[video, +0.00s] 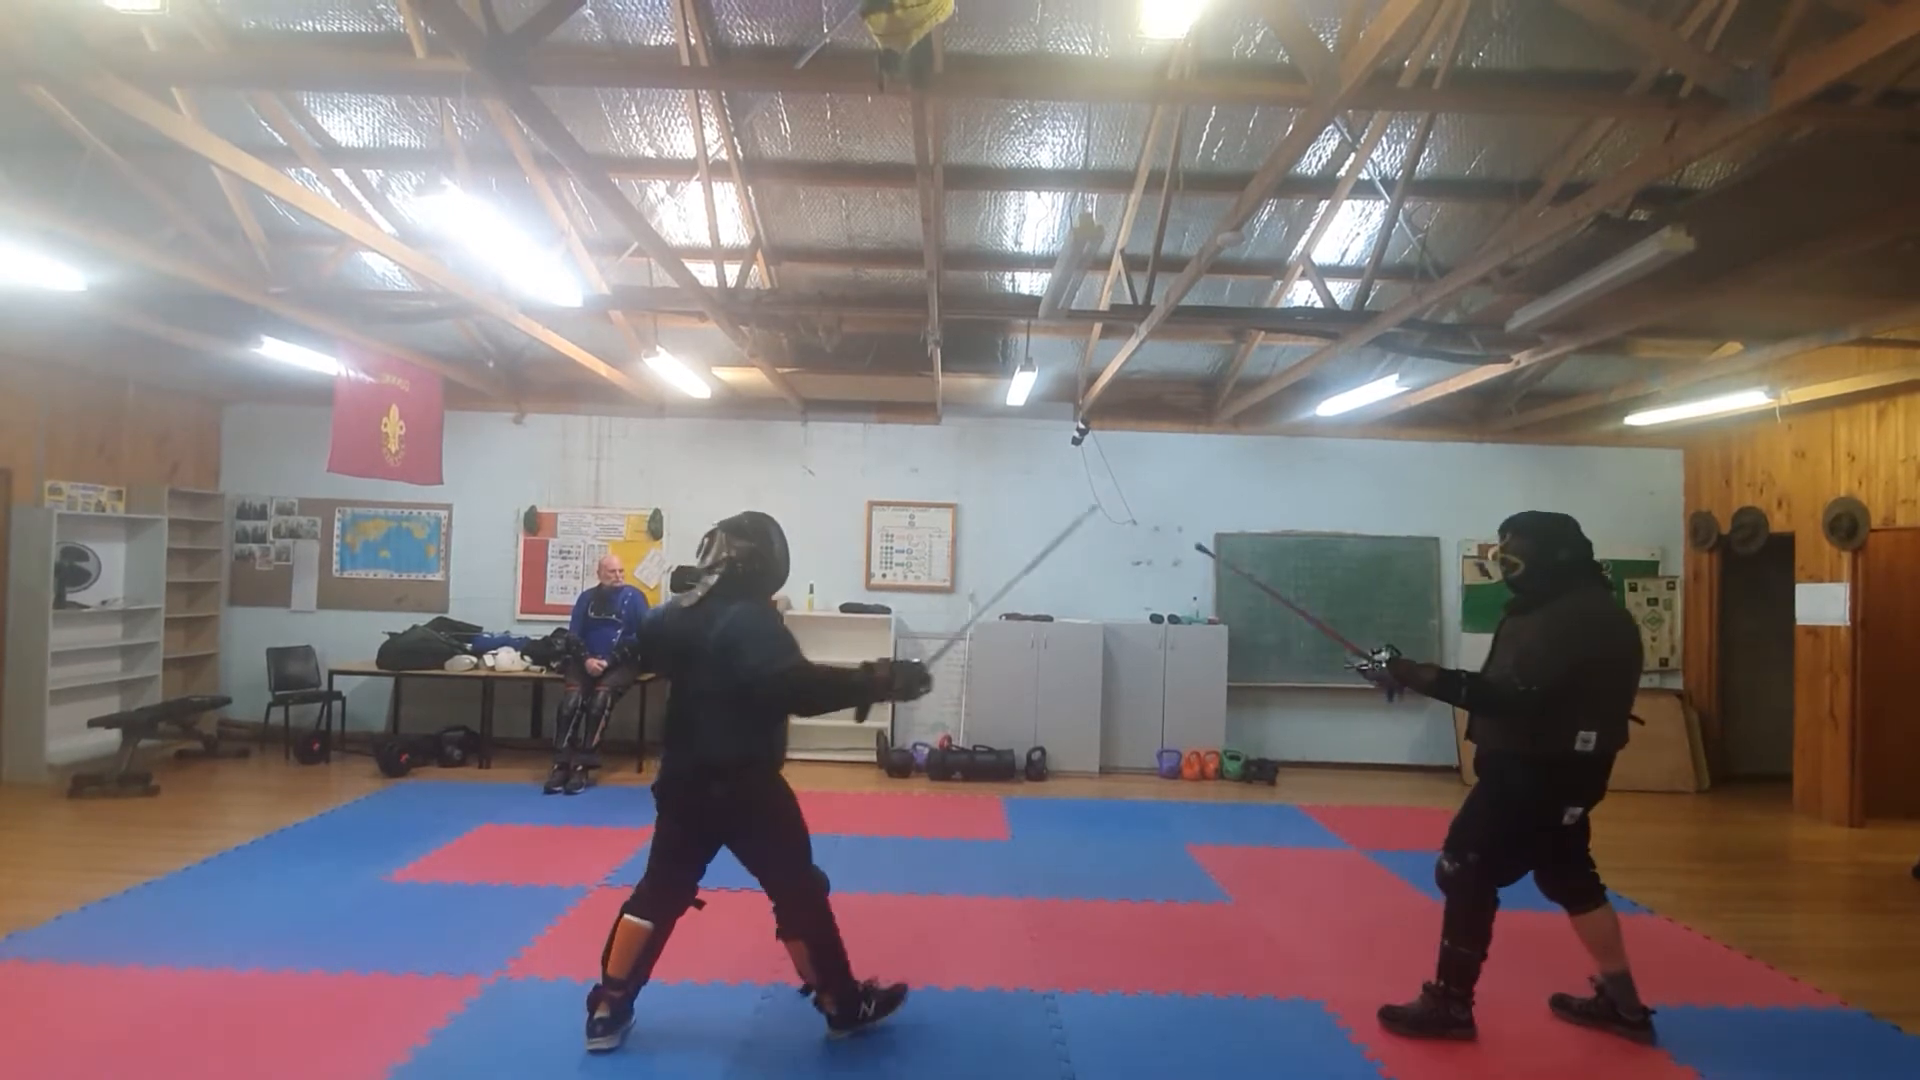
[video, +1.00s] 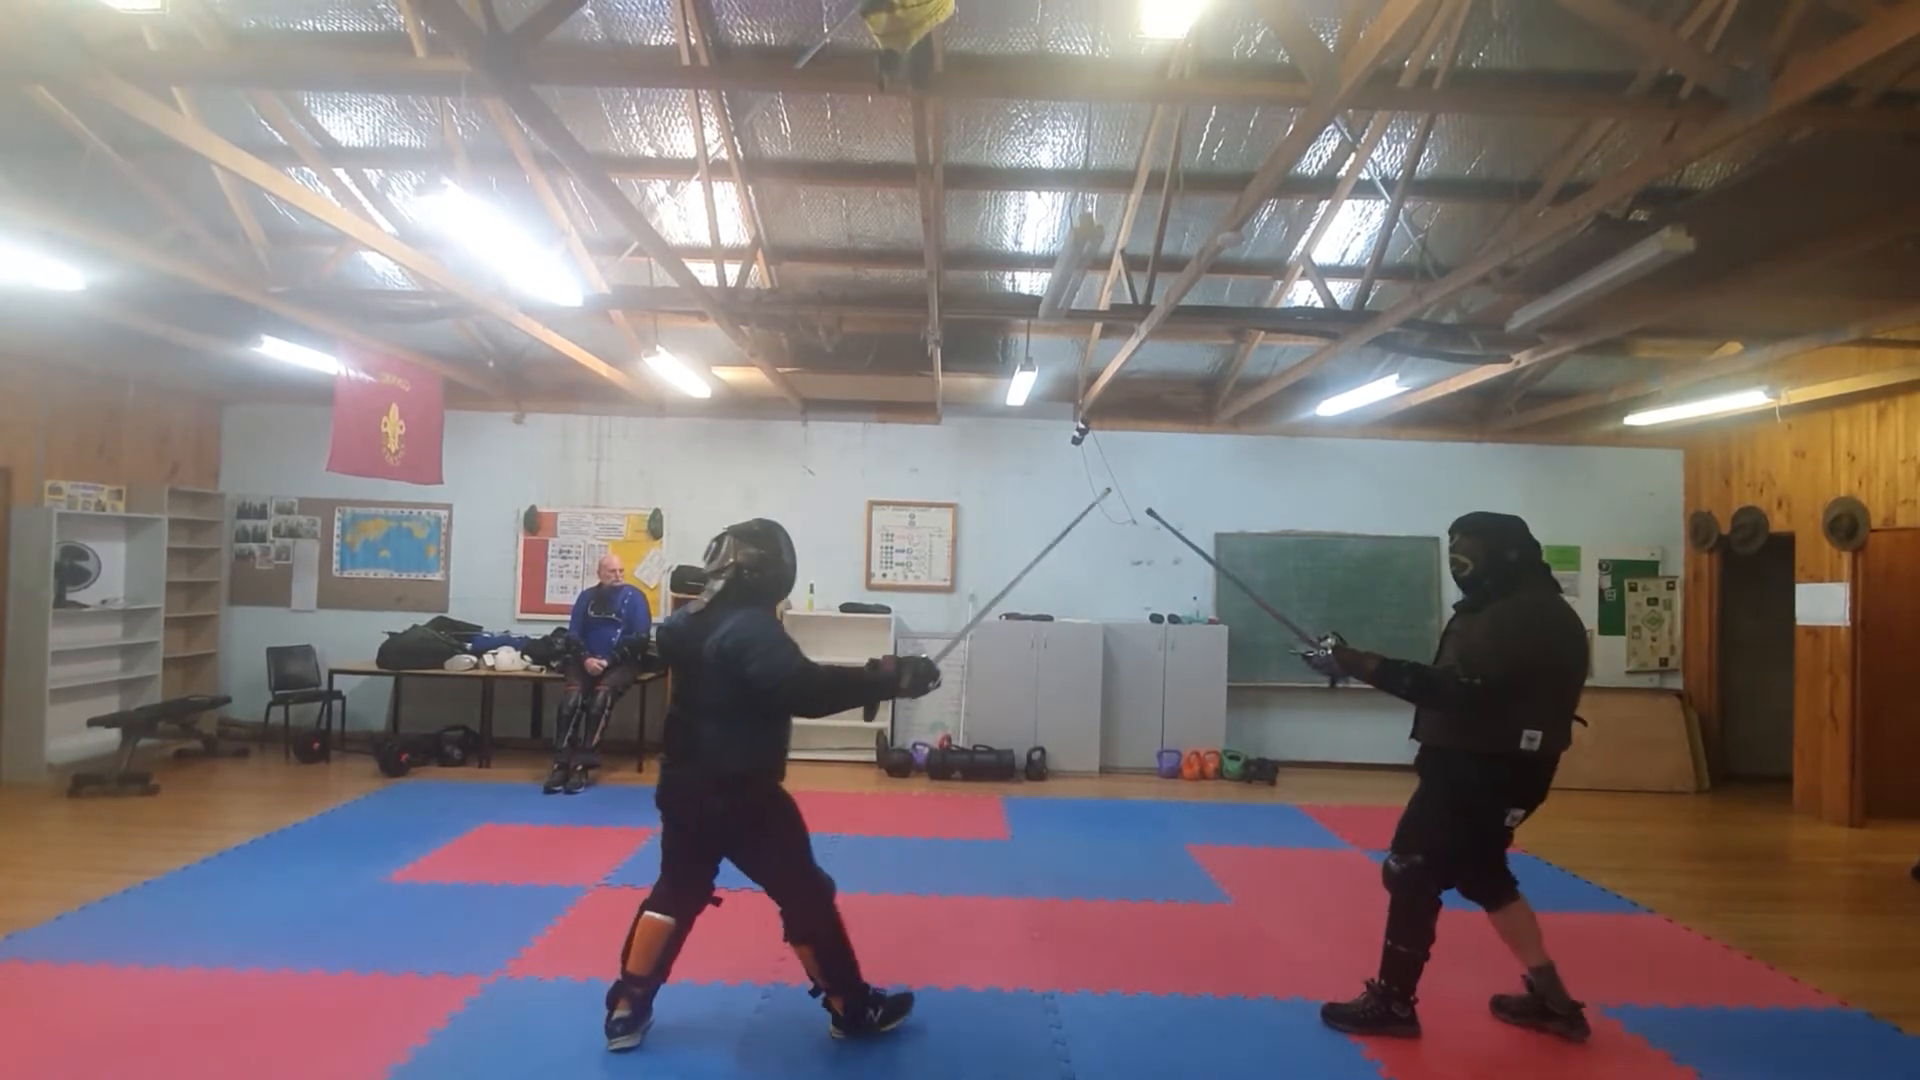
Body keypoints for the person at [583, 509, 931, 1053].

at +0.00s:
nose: (781, 576)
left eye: (718, 552)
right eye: (779, 565)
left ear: (717, 556)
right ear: (770, 565)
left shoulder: (687, 616)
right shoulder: (754, 620)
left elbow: (648, 640)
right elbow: (788, 686)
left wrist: (679, 600)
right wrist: (874, 681)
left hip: (685, 789)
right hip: (751, 792)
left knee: (659, 891)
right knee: (799, 893)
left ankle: (607, 1009)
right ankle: (842, 1004)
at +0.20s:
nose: (815, 572)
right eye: (813, 563)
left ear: (748, 561)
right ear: (803, 566)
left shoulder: (715, 618)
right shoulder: (797, 622)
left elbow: (671, 636)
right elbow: (849, 674)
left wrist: (728, 598)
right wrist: (934, 668)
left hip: (722, 789)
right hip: (793, 789)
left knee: (689, 885)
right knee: (840, 887)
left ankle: (622, 996)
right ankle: (855, 1008)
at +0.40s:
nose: (829, 571)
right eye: (827, 561)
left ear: (764, 557)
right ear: (819, 563)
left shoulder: (728, 618)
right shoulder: (815, 618)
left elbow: (689, 632)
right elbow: (872, 662)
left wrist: (738, 602)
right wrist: (956, 651)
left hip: (737, 785)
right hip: (807, 785)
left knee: (731, 879)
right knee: (850, 885)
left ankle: (687, 1003)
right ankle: (857, 1008)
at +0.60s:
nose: (828, 570)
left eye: (826, 560)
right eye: (825, 560)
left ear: (762, 556)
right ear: (814, 561)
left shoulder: (733, 614)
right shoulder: (805, 614)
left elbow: (691, 629)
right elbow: (852, 668)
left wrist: (736, 599)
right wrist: (938, 657)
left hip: (738, 782)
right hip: (806, 784)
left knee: (726, 885)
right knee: (853, 884)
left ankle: (682, 1010)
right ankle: (858, 1010)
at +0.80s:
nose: (816, 578)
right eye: (815, 567)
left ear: (753, 561)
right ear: (806, 568)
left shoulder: (720, 620)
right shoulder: (793, 619)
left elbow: (690, 630)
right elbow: (836, 681)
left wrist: (730, 601)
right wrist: (922, 666)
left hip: (724, 787)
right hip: (790, 789)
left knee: (713, 878)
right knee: (840, 886)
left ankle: (659, 993)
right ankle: (858, 1007)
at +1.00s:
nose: (787, 586)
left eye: (784, 576)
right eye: (785, 575)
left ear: (722, 567)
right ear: (772, 575)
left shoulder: (692, 623)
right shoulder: (754, 628)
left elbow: (649, 644)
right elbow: (794, 686)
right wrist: (883, 677)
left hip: (685, 794)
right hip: (747, 798)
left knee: (676, 891)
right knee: (806, 895)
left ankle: (626, 1010)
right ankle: (851, 1008)